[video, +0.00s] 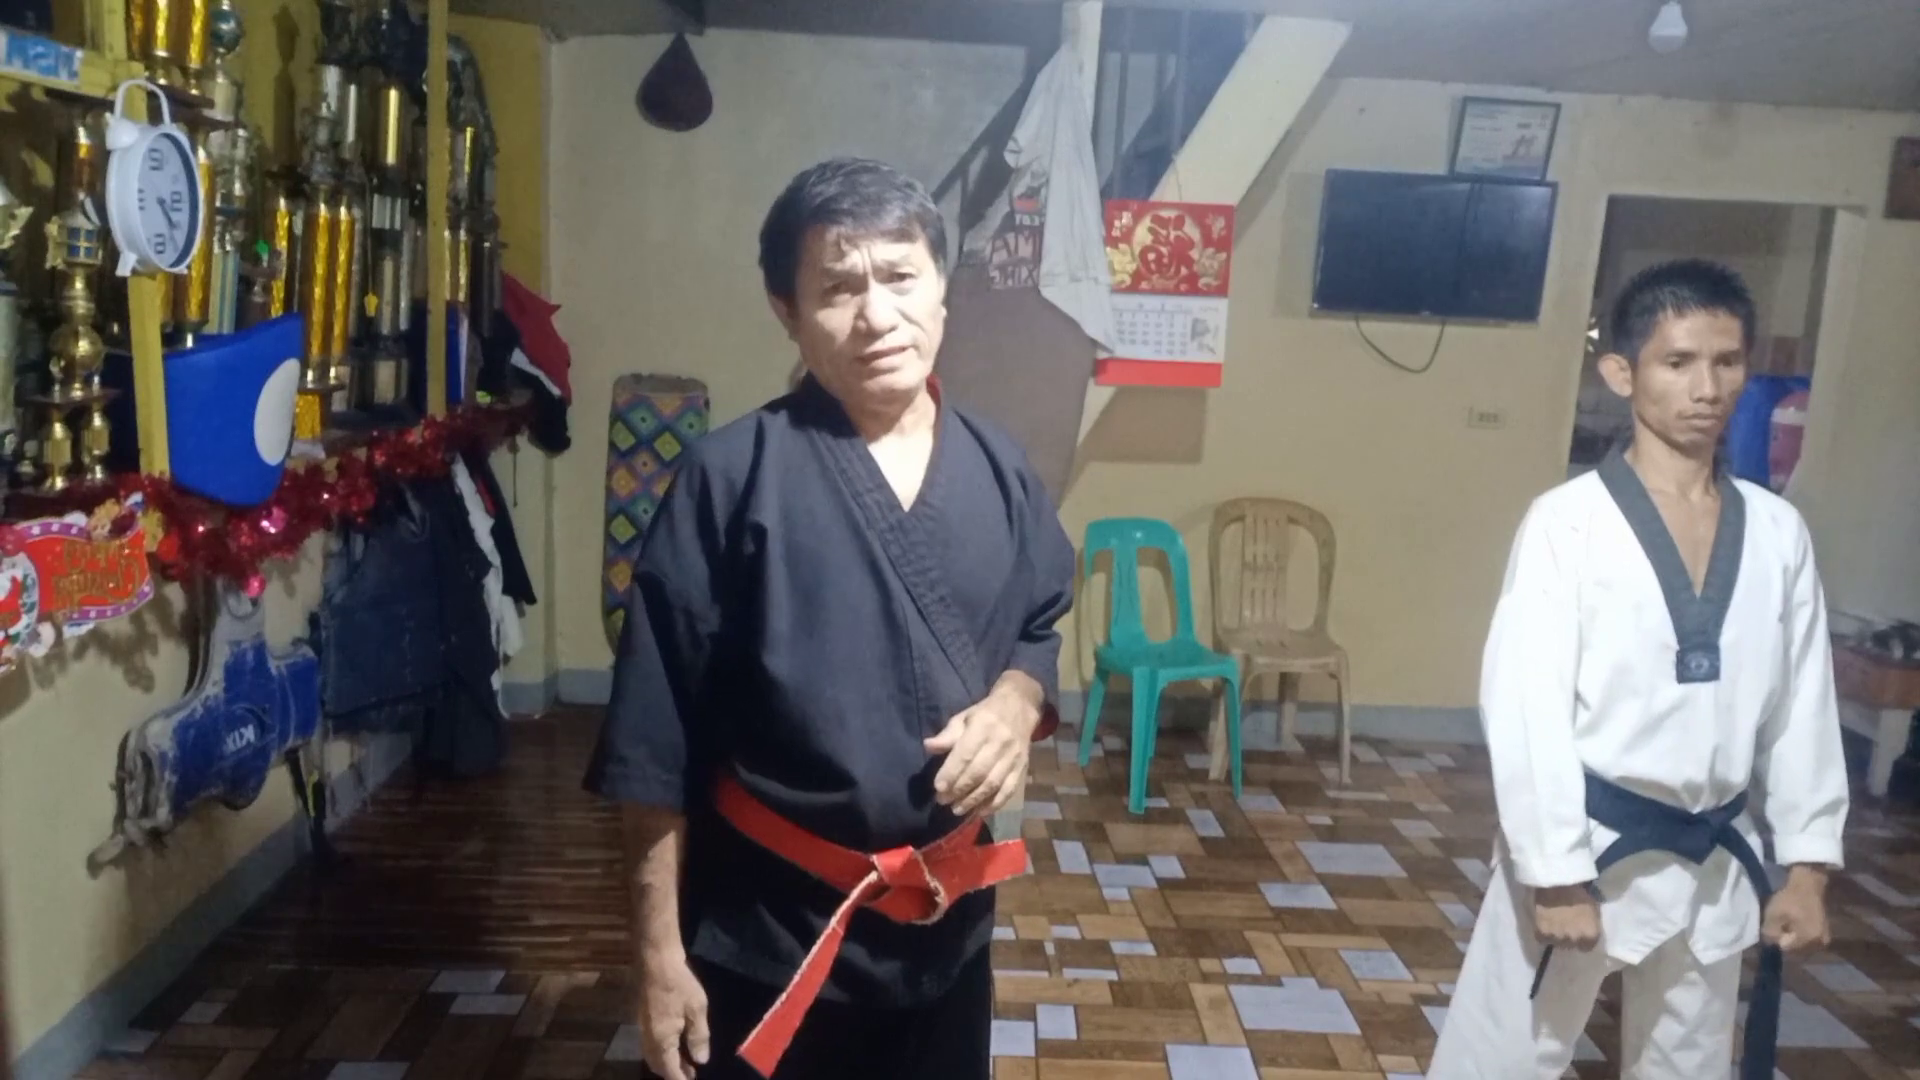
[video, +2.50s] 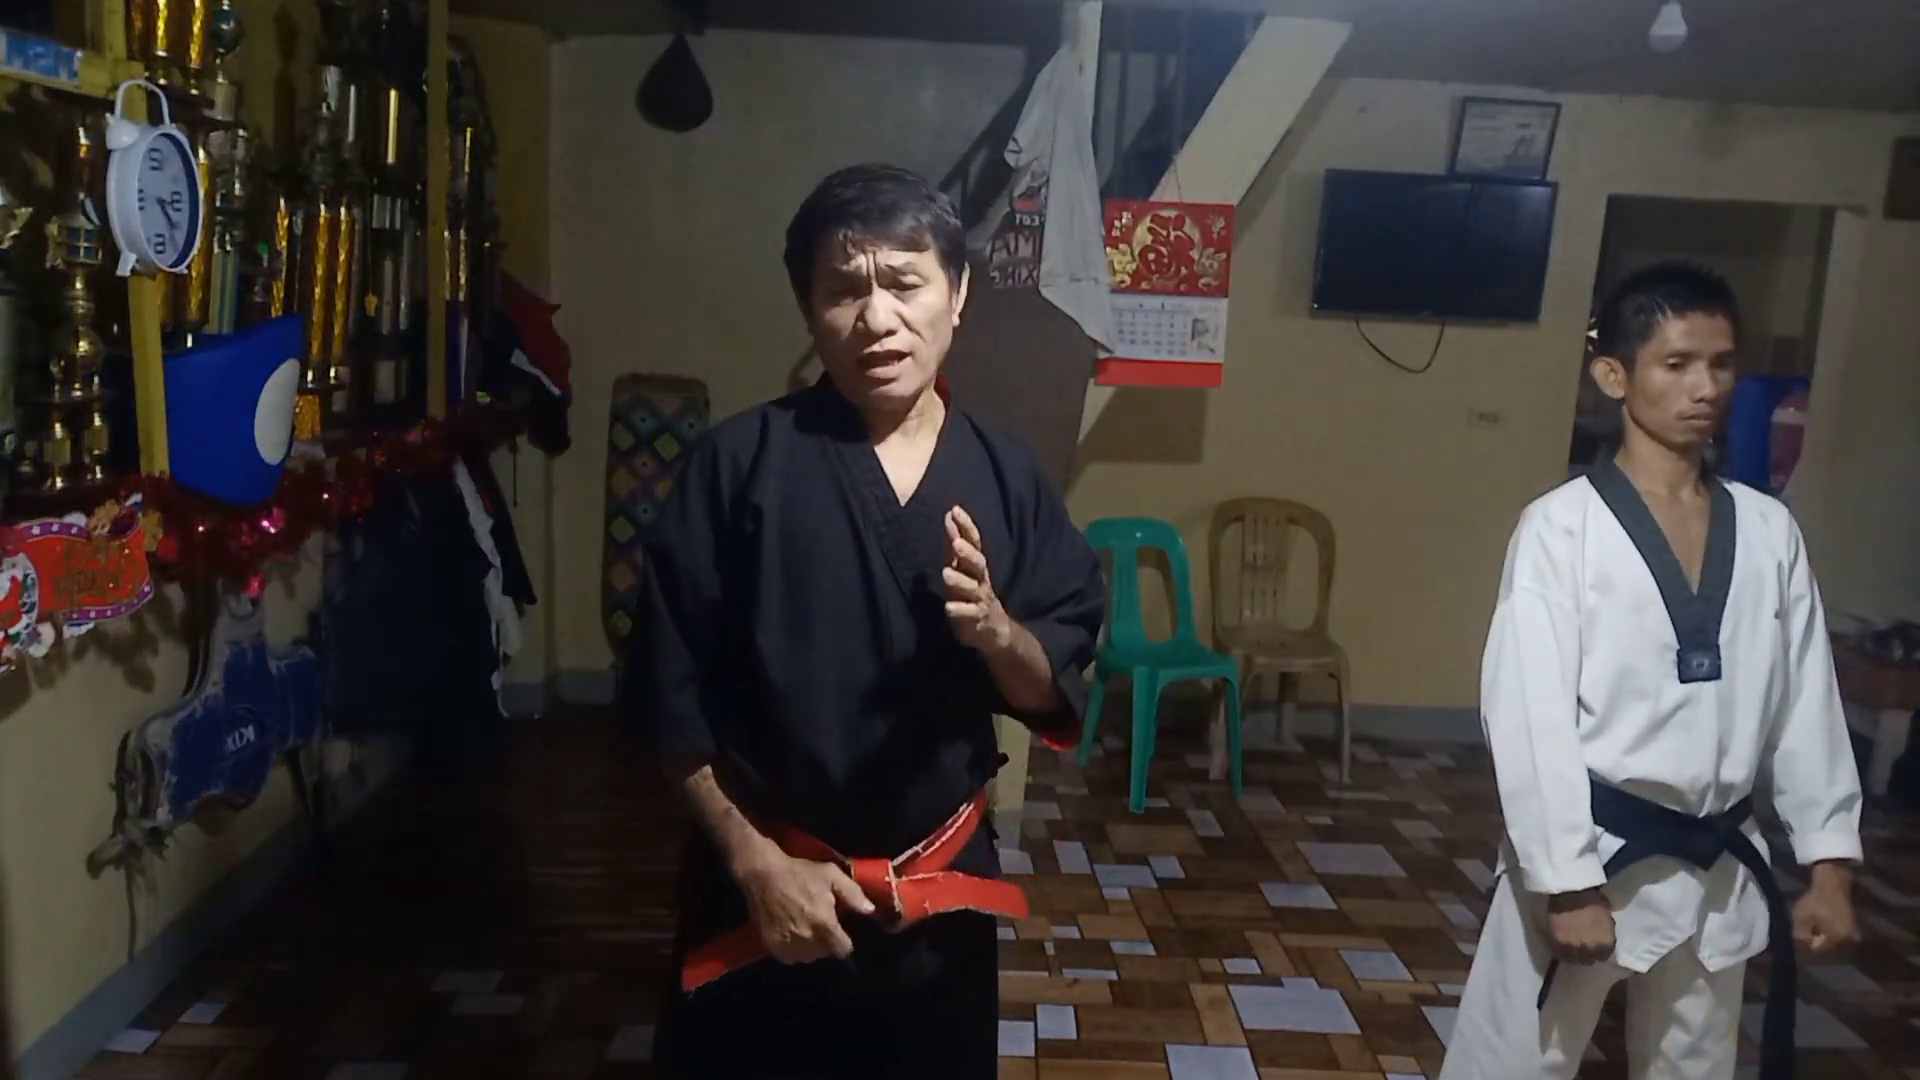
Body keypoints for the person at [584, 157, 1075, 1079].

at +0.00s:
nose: (877, 313)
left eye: (900, 278)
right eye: (840, 289)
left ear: (943, 289)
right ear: (788, 316)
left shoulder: (995, 465)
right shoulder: (726, 478)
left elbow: (1038, 624)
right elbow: (653, 726)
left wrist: (1014, 708)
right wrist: (659, 954)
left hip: (947, 923)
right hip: (772, 933)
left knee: (944, 1069)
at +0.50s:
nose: (899, 303)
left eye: (924, 273)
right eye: (864, 276)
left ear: (962, 293)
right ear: (811, 303)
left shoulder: (1004, 474)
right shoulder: (732, 469)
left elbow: (1039, 644)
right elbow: (648, 682)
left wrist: (1020, 785)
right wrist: (759, 826)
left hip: (951, 926)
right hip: (771, 926)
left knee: (951, 1071)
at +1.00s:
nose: (887, 302)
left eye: (912, 271)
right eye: (853, 277)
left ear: (953, 291)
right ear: (805, 309)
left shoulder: (1000, 470)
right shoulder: (740, 464)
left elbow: (1032, 658)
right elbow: (668, 693)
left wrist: (1014, 814)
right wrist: (802, 840)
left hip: (953, 931)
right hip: (776, 931)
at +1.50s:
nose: (897, 310)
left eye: (920, 277)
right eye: (861, 286)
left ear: (961, 292)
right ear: (815, 315)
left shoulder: (1009, 465)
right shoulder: (752, 465)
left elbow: (1043, 656)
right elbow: (686, 689)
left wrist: (1021, 813)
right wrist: (799, 851)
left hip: (960, 926)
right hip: (789, 931)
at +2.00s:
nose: (897, 321)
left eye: (921, 286)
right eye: (862, 294)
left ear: (961, 296)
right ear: (816, 314)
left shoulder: (1010, 465)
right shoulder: (751, 464)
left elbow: (1077, 627)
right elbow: (679, 692)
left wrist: (1040, 662)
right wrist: (786, 853)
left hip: (956, 908)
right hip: (780, 907)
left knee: (956, 1071)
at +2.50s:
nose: (876, 316)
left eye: (904, 284)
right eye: (844, 290)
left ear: (957, 297)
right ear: (809, 313)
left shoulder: (1006, 472)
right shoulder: (733, 468)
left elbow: (1054, 694)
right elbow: (662, 686)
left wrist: (996, 632)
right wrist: (754, 859)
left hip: (939, 902)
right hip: (755, 903)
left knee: (941, 1070)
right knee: (746, 1075)